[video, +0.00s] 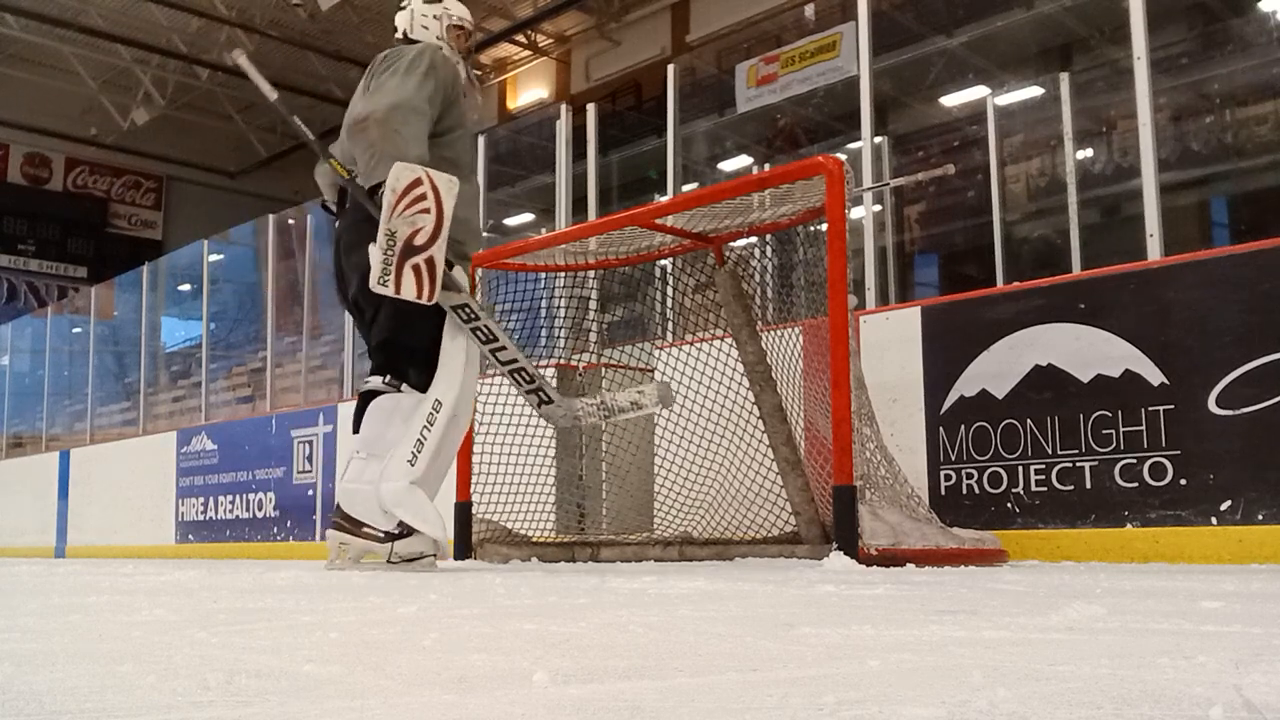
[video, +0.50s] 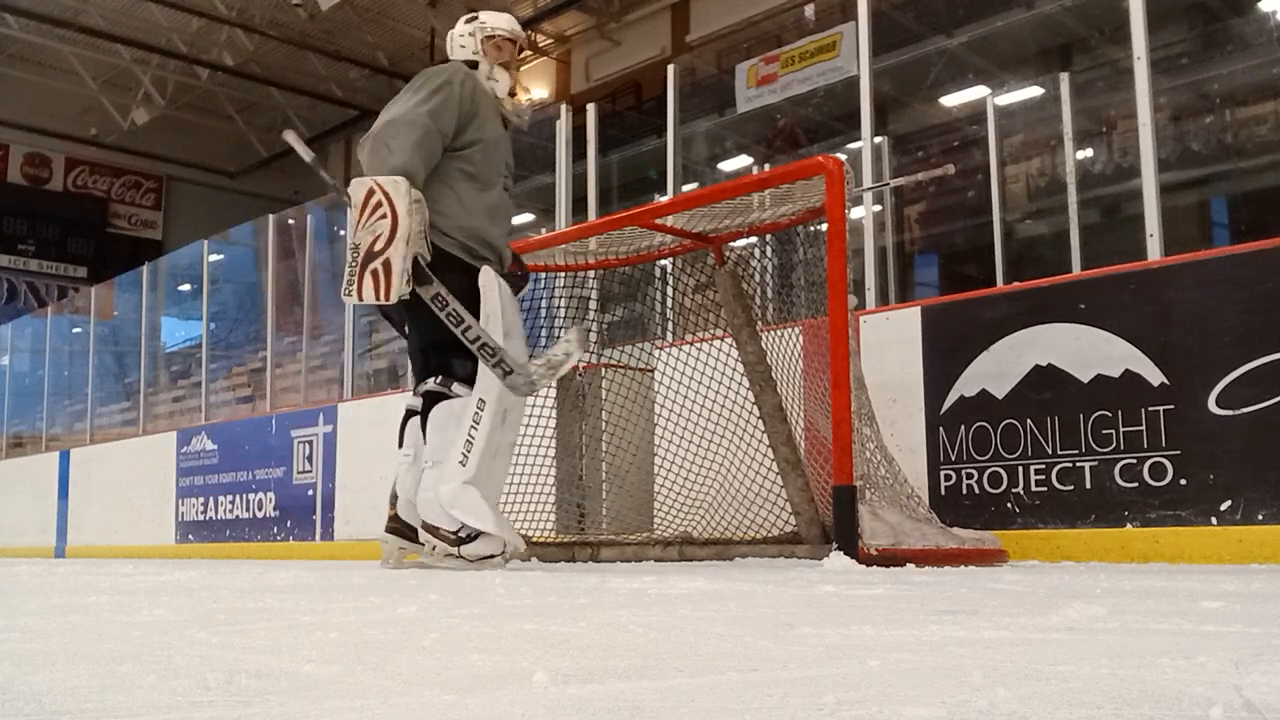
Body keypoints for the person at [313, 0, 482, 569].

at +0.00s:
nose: (463, 38)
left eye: (465, 31)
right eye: (455, 27)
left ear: (417, 26)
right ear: (427, 22)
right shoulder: (423, 56)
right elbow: (383, 126)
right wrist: (416, 234)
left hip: (377, 236)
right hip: (395, 230)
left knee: (395, 374)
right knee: (423, 373)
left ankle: (368, 510)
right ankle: (371, 504)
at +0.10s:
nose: (474, 50)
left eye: (476, 42)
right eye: (468, 38)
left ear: (440, 34)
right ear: (442, 32)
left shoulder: (446, 88)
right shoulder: (425, 64)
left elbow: (440, 188)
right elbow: (380, 130)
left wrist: (460, 264)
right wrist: (405, 231)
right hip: (404, 249)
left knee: (407, 381)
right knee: (436, 379)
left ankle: (379, 519)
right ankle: (390, 514)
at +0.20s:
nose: (482, 55)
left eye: (483, 47)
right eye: (475, 44)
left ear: (450, 42)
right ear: (449, 39)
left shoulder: (452, 97)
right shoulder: (428, 70)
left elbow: (444, 193)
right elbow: (375, 133)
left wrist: (469, 263)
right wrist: (403, 235)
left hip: (416, 265)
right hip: (420, 261)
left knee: (419, 387)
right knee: (454, 385)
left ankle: (377, 512)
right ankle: (420, 514)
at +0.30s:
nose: (494, 55)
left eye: (495, 48)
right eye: (486, 45)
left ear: (475, 50)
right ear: (457, 42)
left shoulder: (466, 107)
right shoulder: (433, 76)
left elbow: (454, 197)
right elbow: (376, 135)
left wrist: (483, 263)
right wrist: (388, 233)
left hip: (439, 263)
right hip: (429, 260)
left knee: (420, 390)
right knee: (458, 384)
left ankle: (383, 513)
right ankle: (438, 512)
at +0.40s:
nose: (501, 55)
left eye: (505, 48)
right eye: (492, 44)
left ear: (502, 55)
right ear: (462, 43)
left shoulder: (476, 108)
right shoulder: (442, 79)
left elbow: (461, 194)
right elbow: (385, 144)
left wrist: (491, 255)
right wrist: (382, 241)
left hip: (449, 259)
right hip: (439, 255)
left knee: (430, 389)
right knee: (469, 382)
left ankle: (395, 513)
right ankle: (445, 514)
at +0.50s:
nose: (509, 54)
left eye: (514, 49)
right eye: (500, 43)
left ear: (514, 57)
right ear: (471, 43)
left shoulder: (487, 111)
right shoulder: (453, 80)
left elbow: (468, 197)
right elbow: (398, 137)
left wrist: (501, 257)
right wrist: (386, 225)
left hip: (449, 261)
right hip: (445, 254)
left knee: (441, 389)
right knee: (483, 379)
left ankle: (411, 513)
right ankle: (450, 511)